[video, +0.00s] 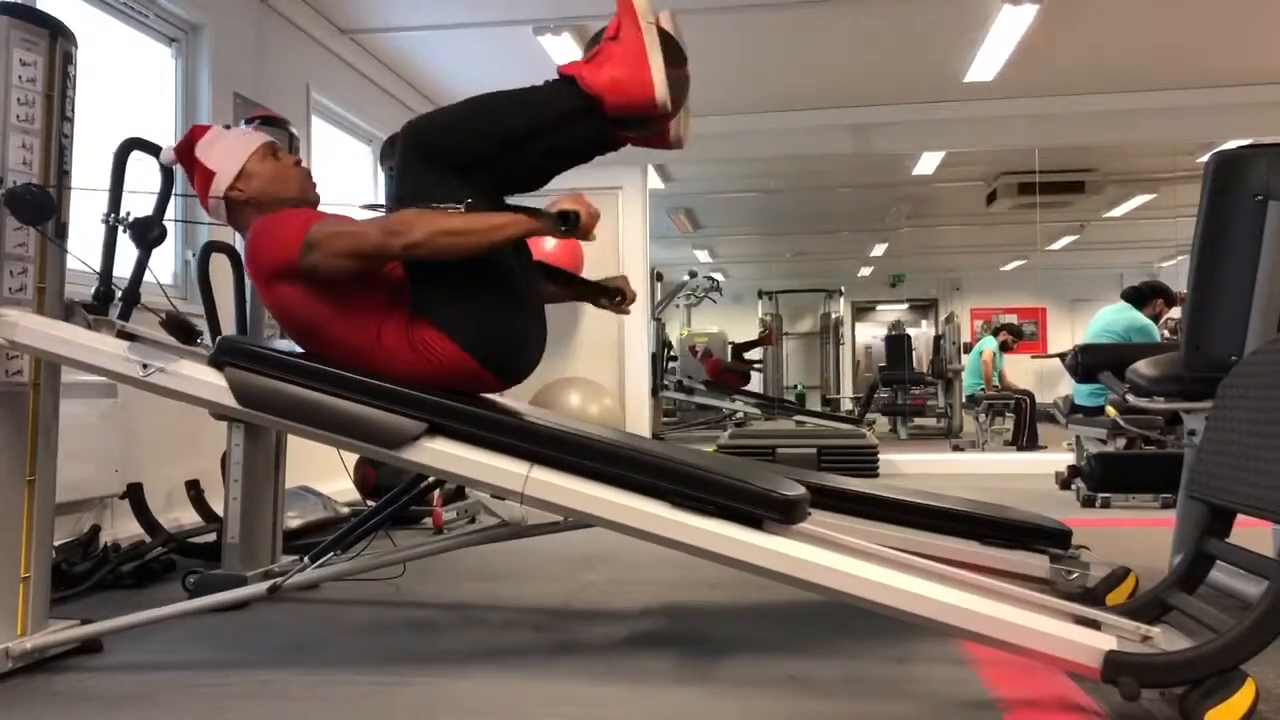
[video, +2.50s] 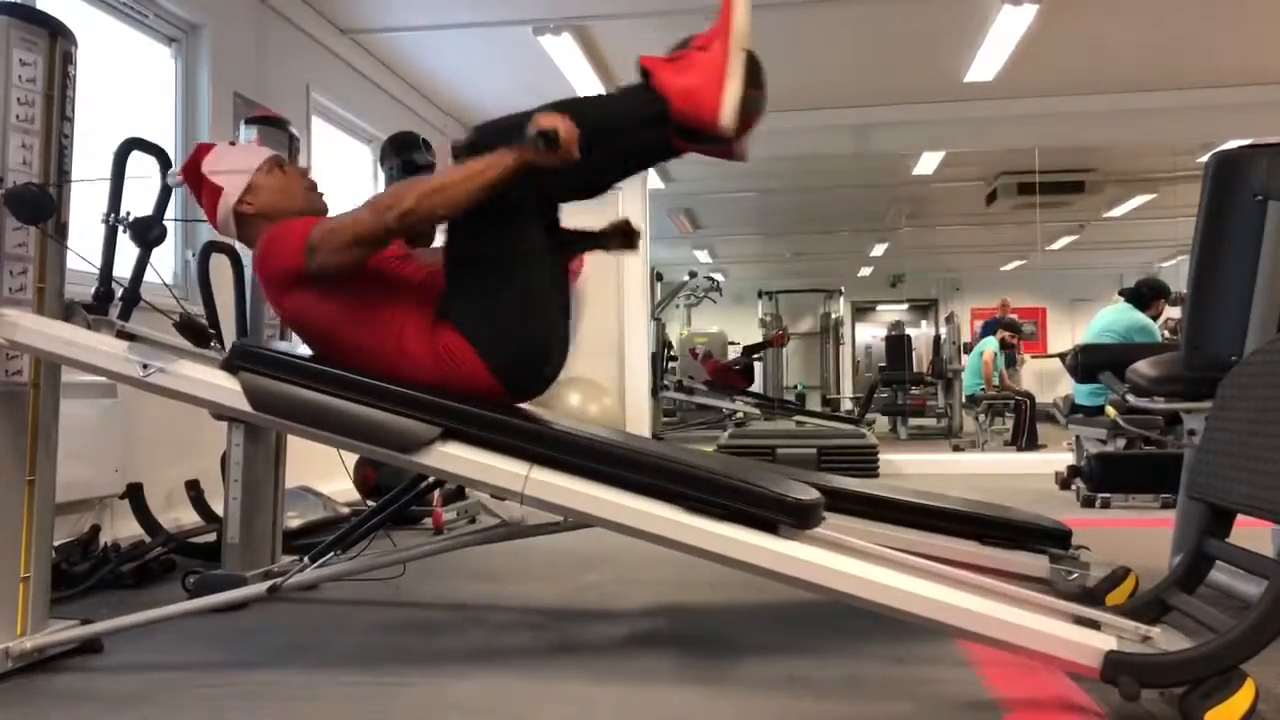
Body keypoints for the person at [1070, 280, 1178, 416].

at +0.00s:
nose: (1163, 317)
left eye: (1166, 313)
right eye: (1165, 311)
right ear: (1158, 304)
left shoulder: (1107, 311)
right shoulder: (1143, 325)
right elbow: (1158, 369)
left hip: (1081, 397)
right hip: (1102, 401)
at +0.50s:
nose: (1162, 317)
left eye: (1165, 313)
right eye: (1165, 312)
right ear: (1158, 304)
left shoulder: (1107, 311)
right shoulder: (1142, 324)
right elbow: (1159, 367)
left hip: (1081, 397)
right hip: (1102, 401)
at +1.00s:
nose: (1163, 316)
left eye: (1166, 313)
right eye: (1166, 311)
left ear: (1139, 298)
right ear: (1159, 305)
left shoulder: (1107, 311)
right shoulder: (1143, 324)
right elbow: (1158, 367)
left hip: (1082, 398)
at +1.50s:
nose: (1164, 314)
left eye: (1167, 310)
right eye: (1166, 309)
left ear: (1140, 298)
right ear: (1160, 306)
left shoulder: (1106, 312)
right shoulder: (1143, 325)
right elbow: (1159, 367)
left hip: (1081, 398)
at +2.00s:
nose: (1162, 310)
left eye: (1163, 307)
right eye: (1163, 306)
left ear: (1135, 295)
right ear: (1158, 305)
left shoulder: (1107, 312)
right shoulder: (1143, 325)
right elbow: (1157, 369)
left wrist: (1159, 330)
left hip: (1081, 398)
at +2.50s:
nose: (1163, 309)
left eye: (1165, 305)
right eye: (1164, 305)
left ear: (1136, 295)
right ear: (1160, 304)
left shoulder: (1108, 311)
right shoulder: (1144, 324)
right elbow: (1158, 368)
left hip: (1081, 398)